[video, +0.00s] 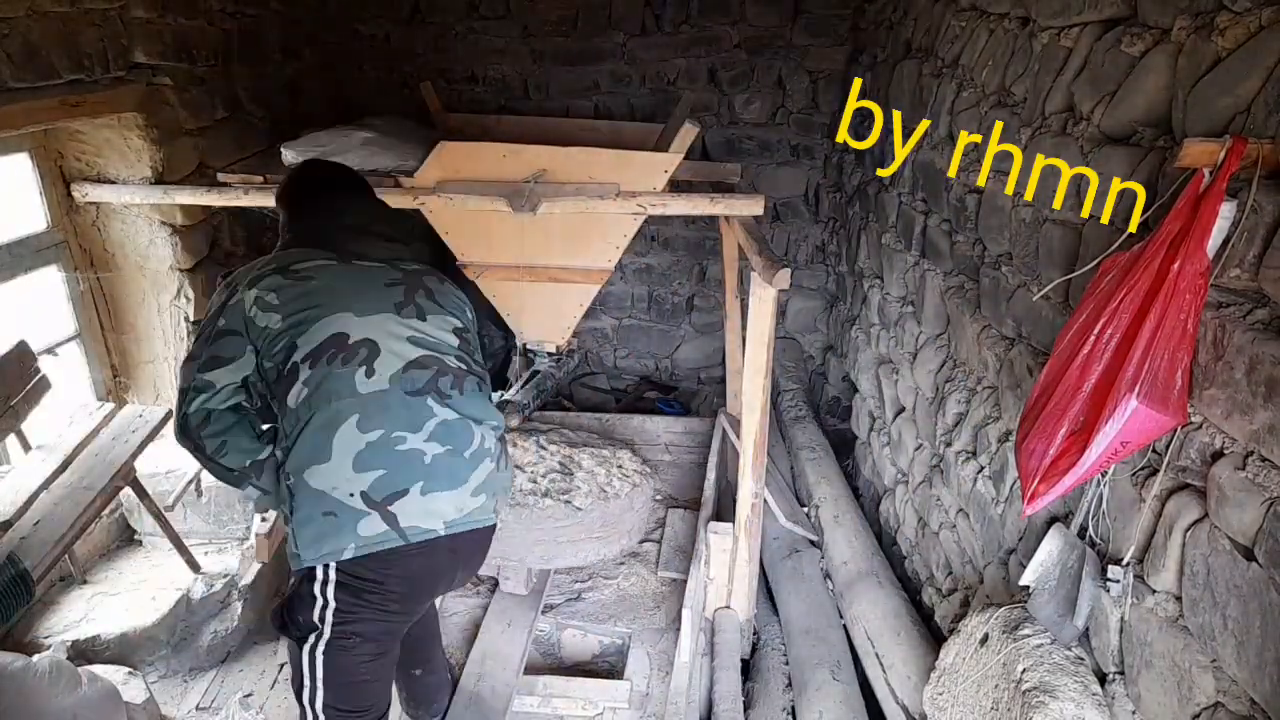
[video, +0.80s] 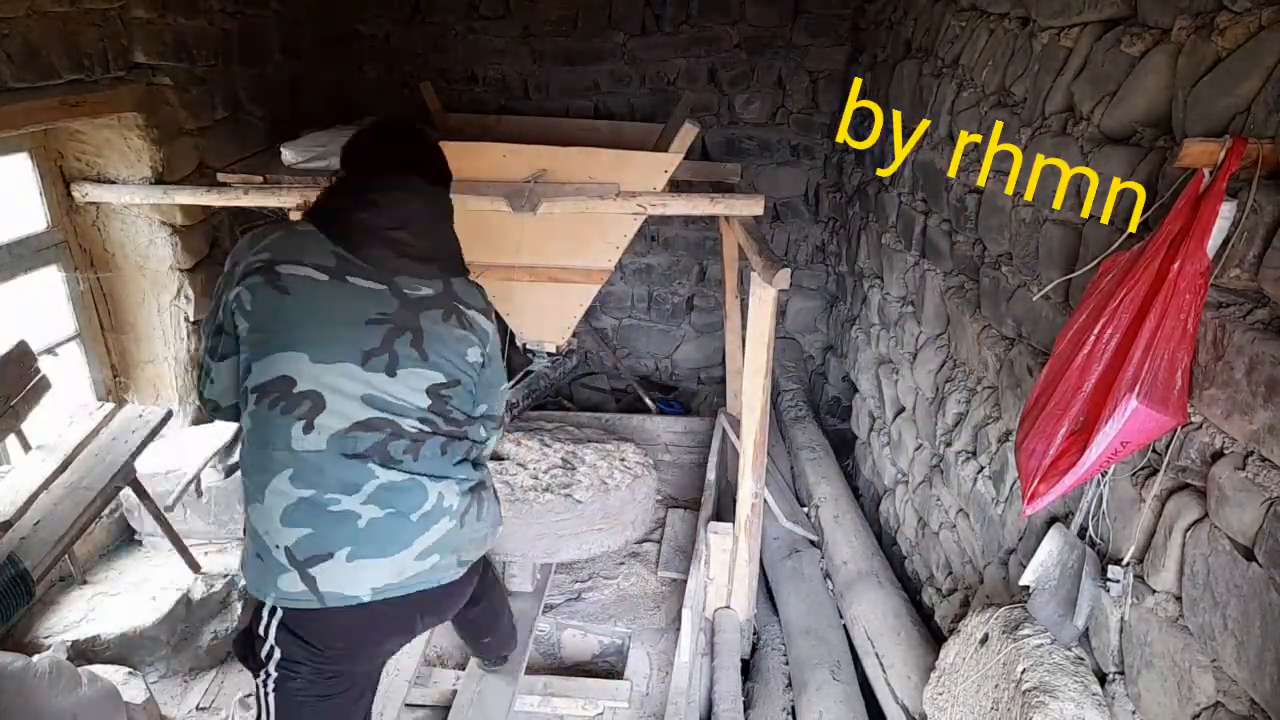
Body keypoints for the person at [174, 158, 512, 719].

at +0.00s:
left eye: (279, 221)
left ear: (288, 224)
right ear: (372, 211)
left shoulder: (257, 288)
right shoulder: (433, 280)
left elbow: (205, 414)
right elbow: (492, 361)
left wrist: (287, 487)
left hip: (356, 553)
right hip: (470, 530)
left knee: (340, 709)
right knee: (416, 606)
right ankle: (433, 707)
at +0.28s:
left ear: (317, 233)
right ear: (406, 233)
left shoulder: (254, 316)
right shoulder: (453, 322)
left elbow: (210, 456)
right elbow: (479, 447)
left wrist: (296, 466)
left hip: (321, 613)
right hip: (444, 590)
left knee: (303, 709)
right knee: (428, 636)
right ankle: (434, 706)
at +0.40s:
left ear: (390, 194)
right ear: (484, 213)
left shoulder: (299, 264)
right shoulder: (495, 332)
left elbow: (247, 399)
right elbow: (488, 452)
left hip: (319, 585)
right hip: (436, 565)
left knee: (321, 708)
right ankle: (435, 690)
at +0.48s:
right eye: (424, 250)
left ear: (344, 243)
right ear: (430, 253)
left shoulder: (265, 299)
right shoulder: (454, 338)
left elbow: (185, 440)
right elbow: (474, 468)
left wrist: (264, 500)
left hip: (298, 613)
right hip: (430, 586)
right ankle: (435, 703)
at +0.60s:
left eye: (240, 309)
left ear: (249, 312)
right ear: (337, 304)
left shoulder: (199, 379)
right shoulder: (408, 367)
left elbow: (164, 548)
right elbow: (465, 495)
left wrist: (249, 620)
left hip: (311, 667)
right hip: (449, 644)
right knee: (433, 706)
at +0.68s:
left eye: (174, 320)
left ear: (184, 322)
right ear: (294, 302)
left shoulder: (145, 405)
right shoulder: (370, 354)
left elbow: (175, 588)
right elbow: (437, 471)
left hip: (300, 682)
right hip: (454, 638)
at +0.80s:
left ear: (344, 180)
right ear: (436, 196)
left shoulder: (262, 258)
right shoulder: (469, 302)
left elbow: (220, 392)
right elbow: (485, 430)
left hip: (320, 606)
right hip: (446, 576)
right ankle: (497, 646)